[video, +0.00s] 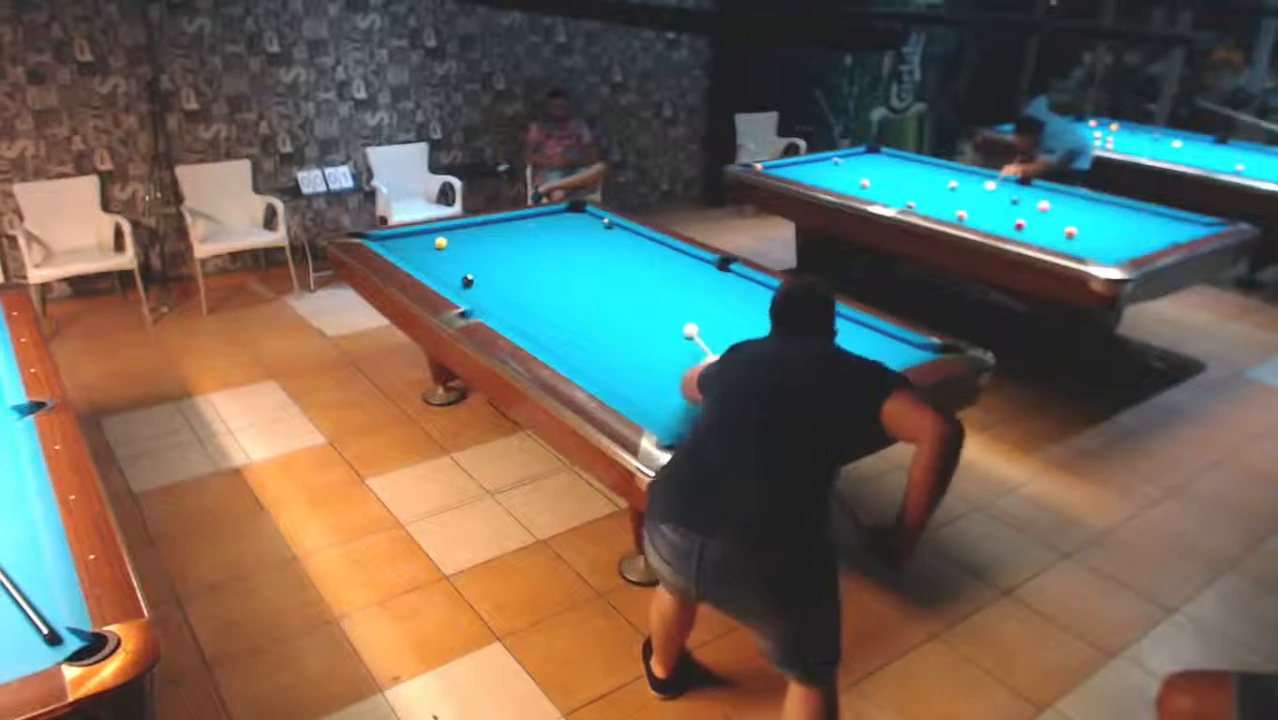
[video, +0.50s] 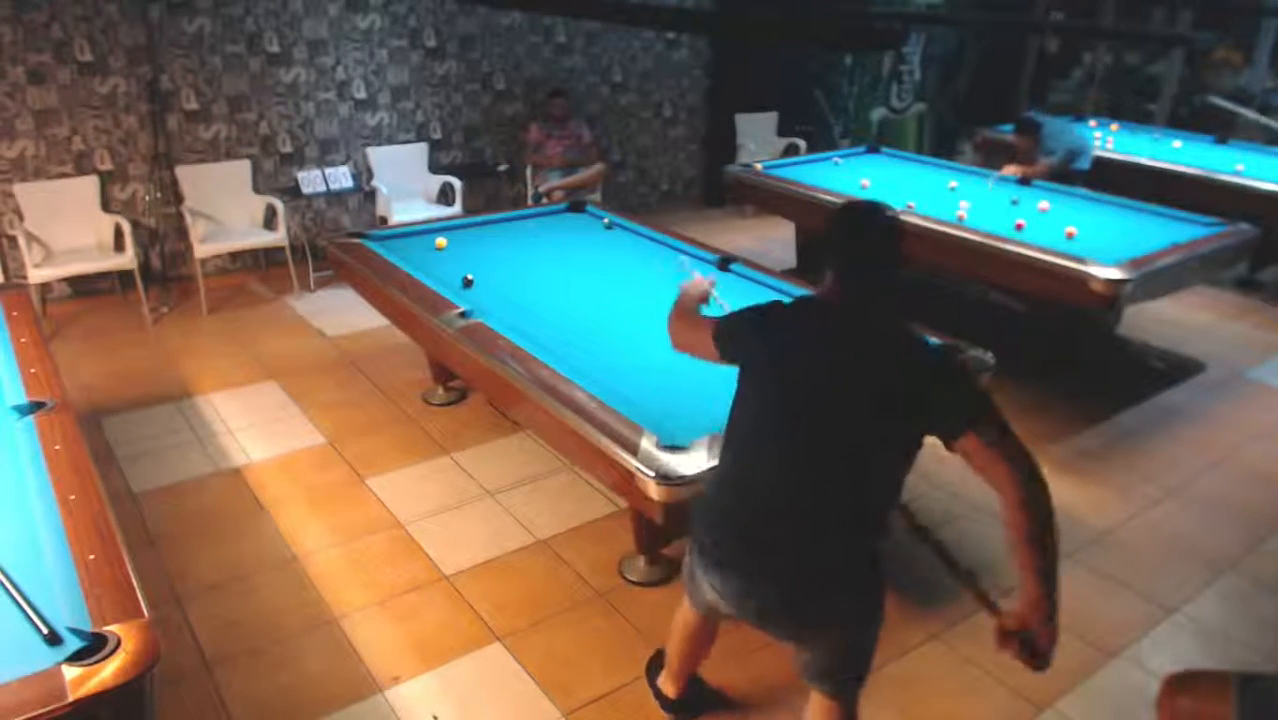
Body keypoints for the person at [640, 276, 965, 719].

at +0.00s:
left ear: (774, 320)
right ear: (830, 326)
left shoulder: (741, 356)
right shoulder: (857, 375)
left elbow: (691, 385)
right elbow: (939, 431)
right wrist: (905, 536)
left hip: (674, 524)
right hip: (770, 550)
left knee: (674, 586)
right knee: (810, 675)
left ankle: (663, 672)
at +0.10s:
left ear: (782, 307)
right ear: (839, 314)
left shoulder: (747, 346)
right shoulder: (870, 371)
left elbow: (688, 387)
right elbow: (953, 439)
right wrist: (921, 538)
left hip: (686, 519)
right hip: (781, 547)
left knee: (677, 589)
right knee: (815, 673)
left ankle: (663, 672)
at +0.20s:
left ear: (803, 285)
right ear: (864, 292)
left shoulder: (762, 337)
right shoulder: (896, 364)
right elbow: (972, 458)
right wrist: (928, 514)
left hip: (713, 546)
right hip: (813, 571)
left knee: (688, 609)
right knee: (825, 690)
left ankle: (662, 670)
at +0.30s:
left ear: (814, 277)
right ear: (884, 281)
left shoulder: (771, 336)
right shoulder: (908, 366)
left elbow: (687, 378)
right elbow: (994, 481)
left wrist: (723, 355)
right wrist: (961, 518)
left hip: (725, 562)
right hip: (829, 586)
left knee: (694, 611)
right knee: (832, 696)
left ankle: (666, 677)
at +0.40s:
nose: (817, 281)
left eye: (818, 270)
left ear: (823, 275)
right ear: (892, 276)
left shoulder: (777, 331)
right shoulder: (923, 367)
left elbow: (686, 353)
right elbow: (1007, 487)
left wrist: (700, 327)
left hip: (728, 559)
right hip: (831, 587)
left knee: (699, 606)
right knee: (833, 695)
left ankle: (669, 686)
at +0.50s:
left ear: (824, 265)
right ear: (895, 273)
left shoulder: (774, 326)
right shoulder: (923, 367)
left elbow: (684, 334)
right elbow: (1021, 478)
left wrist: (690, 296)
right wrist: (1036, 598)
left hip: (727, 555)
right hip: (830, 587)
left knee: (699, 604)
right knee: (831, 693)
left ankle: (671, 686)